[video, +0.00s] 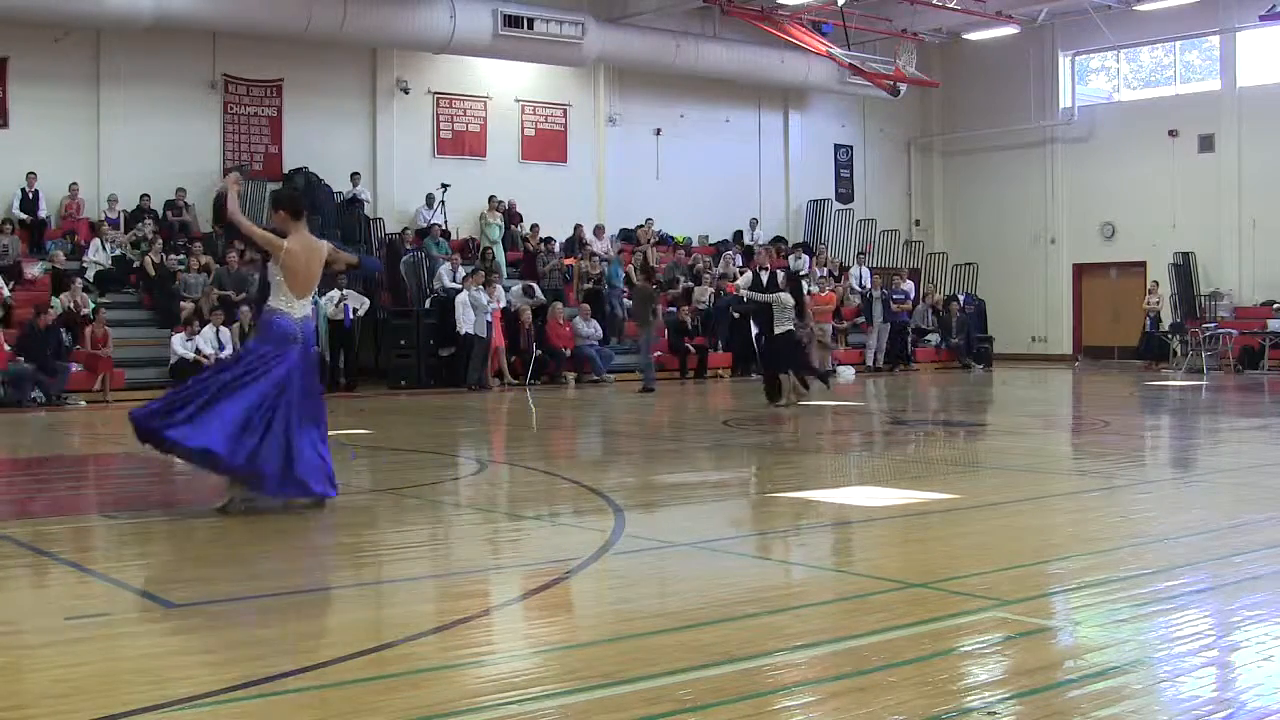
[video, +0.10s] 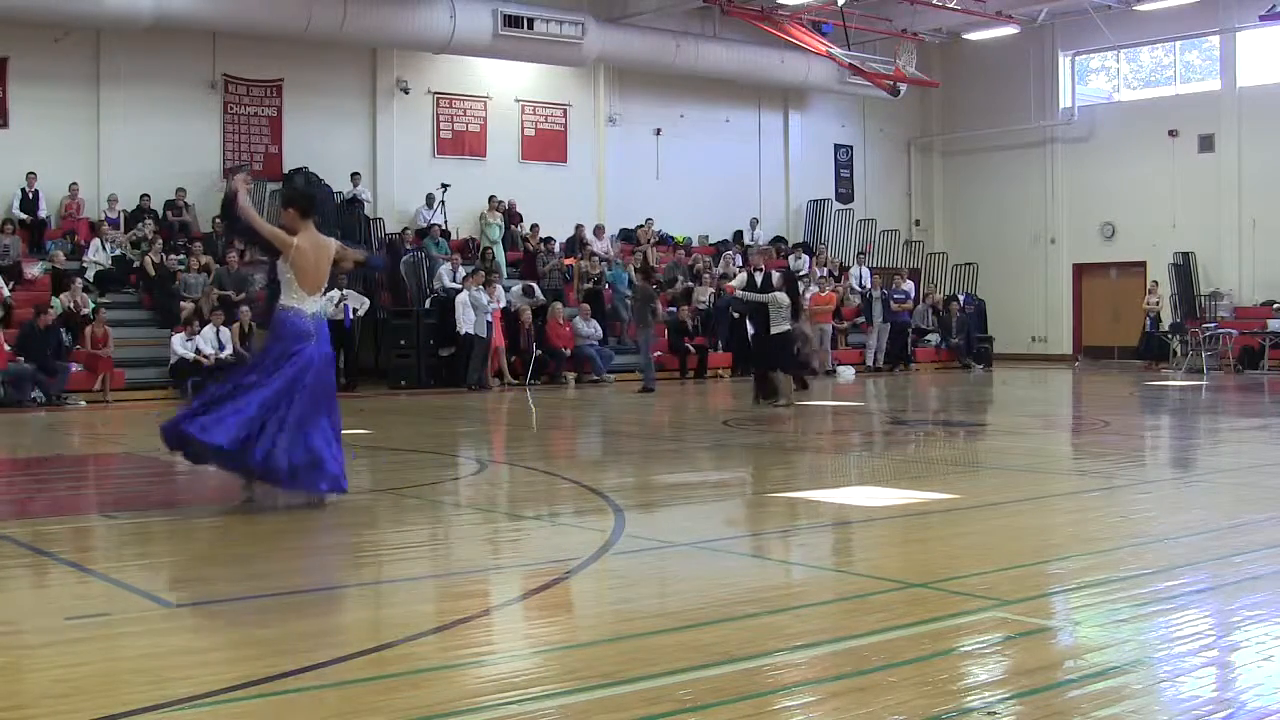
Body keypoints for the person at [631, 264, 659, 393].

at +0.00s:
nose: (639, 279)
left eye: (640, 277)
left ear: (641, 276)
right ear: (651, 277)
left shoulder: (636, 289)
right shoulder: (651, 291)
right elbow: (657, 306)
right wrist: (659, 319)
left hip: (641, 322)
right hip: (648, 322)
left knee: (645, 352)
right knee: (646, 352)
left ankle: (648, 382)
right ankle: (648, 381)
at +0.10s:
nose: (636, 278)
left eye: (638, 276)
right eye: (636, 275)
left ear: (642, 276)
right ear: (646, 277)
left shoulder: (644, 289)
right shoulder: (641, 289)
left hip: (645, 323)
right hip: (642, 323)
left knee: (645, 353)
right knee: (645, 353)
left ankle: (649, 383)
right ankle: (648, 382)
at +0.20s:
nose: (636, 277)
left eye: (637, 275)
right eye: (636, 274)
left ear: (641, 276)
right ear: (646, 276)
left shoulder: (645, 288)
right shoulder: (639, 288)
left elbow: (656, 301)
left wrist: (659, 311)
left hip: (644, 322)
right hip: (639, 321)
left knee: (645, 354)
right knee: (645, 353)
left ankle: (648, 383)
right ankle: (649, 382)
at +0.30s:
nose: (635, 277)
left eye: (637, 275)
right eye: (635, 275)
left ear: (641, 276)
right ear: (644, 276)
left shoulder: (646, 289)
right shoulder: (638, 289)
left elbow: (656, 304)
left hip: (644, 324)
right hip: (638, 323)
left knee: (646, 354)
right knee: (645, 354)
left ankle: (649, 383)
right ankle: (649, 382)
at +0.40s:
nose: (635, 279)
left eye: (637, 277)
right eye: (635, 276)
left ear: (642, 277)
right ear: (640, 277)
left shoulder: (646, 289)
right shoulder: (638, 289)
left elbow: (655, 303)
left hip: (644, 324)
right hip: (639, 324)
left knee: (645, 354)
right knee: (644, 354)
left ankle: (649, 383)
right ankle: (648, 382)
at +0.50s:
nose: (635, 279)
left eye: (637, 276)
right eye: (635, 276)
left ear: (641, 277)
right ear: (643, 277)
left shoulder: (644, 291)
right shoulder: (639, 290)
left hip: (643, 325)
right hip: (638, 325)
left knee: (645, 354)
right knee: (644, 354)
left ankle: (649, 383)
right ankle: (649, 382)